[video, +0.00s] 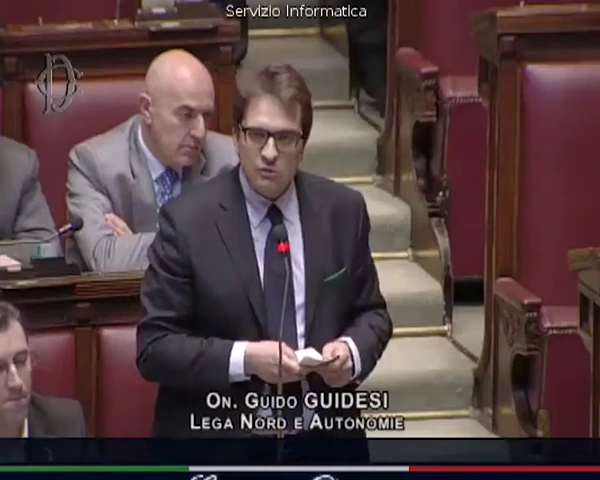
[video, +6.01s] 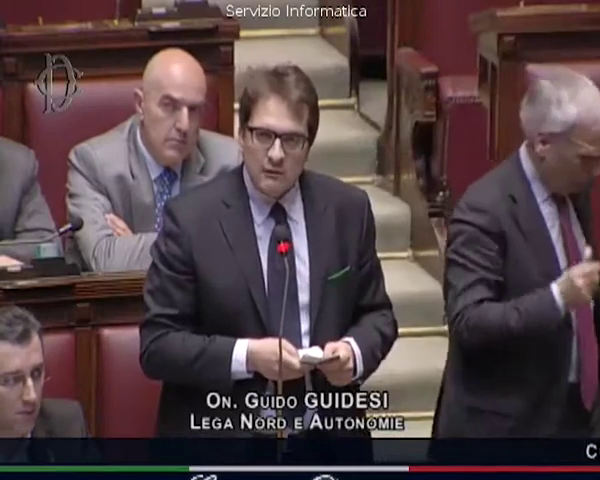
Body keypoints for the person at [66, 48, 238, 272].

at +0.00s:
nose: (200, 132)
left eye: (207, 115)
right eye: (186, 115)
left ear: (212, 110)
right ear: (146, 108)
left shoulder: (229, 156)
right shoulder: (92, 161)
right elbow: (105, 259)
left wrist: (138, 250)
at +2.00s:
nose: (200, 132)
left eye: (207, 115)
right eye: (186, 115)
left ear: (213, 109)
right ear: (147, 108)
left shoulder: (232, 158)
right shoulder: (92, 161)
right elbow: (104, 259)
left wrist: (138, 251)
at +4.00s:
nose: (199, 131)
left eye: (206, 114)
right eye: (186, 114)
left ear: (211, 110)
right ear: (146, 108)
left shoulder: (216, 154)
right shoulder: (92, 160)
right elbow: (105, 260)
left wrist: (137, 246)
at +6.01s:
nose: (184, 125)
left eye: (194, 109)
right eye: (169, 106)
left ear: (203, 108)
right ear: (139, 104)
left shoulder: (231, 157)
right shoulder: (91, 161)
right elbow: (105, 259)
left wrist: (139, 251)